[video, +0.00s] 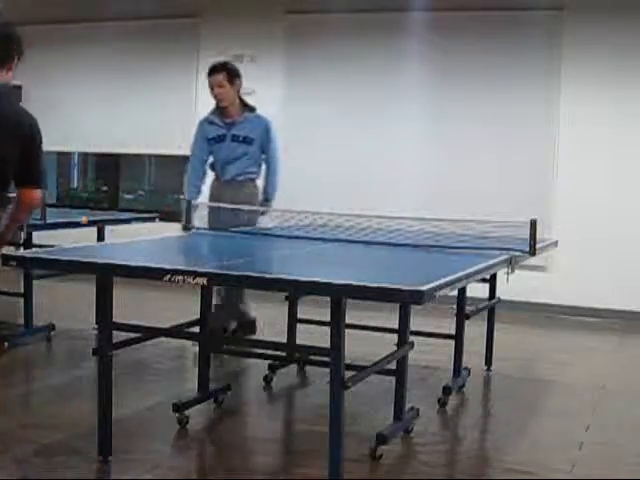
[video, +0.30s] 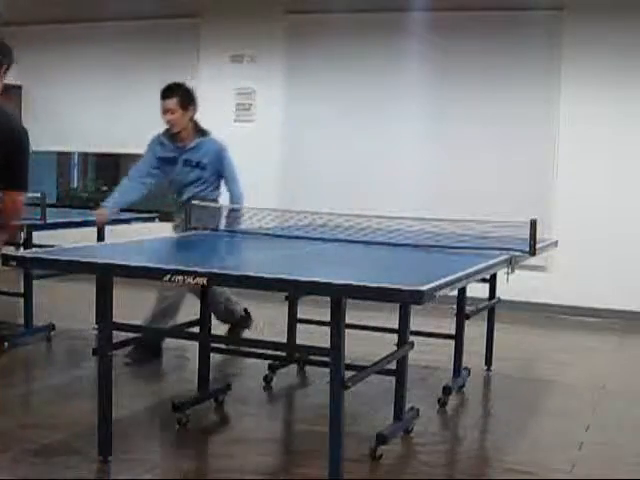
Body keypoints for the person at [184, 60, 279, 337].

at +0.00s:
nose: (217, 93)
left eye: (221, 86)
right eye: (212, 88)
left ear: (237, 85)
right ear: (209, 91)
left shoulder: (260, 125)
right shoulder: (207, 126)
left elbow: (272, 162)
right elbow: (196, 165)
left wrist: (268, 198)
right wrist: (189, 205)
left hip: (248, 189)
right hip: (220, 187)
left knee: (238, 253)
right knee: (220, 253)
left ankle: (222, 318)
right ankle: (242, 314)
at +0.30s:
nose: (167, 117)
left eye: (172, 111)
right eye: (164, 112)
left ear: (190, 111)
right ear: (162, 113)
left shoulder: (213, 149)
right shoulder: (161, 146)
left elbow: (237, 196)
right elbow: (138, 179)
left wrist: (230, 236)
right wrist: (108, 208)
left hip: (207, 223)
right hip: (182, 223)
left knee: (173, 279)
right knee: (196, 279)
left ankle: (150, 341)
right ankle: (237, 316)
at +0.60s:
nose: (126, 160)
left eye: (130, 153)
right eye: (122, 154)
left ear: (149, 145)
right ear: (119, 150)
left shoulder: (185, 161)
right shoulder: (121, 172)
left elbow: (205, 197)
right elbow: (98, 204)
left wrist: (194, 229)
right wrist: (70, 234)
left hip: (187, 228)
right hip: (159, 227)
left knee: (166, 277)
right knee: (184, 278)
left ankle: (150, 341)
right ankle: (220, 308)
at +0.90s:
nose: (125, 139)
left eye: (129, 133)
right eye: (121, 133)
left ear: (146, 125)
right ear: (117, 130)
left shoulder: (179, 149)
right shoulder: (121, 156)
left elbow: (196, 201)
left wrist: (187, 249)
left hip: (180, 216)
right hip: (154, 218)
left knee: (166, 271)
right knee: (165, 267)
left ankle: (152, 338)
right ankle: (201, 290)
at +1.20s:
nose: (162, 102)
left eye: (168, 96)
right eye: (158, 95)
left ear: (183, 98)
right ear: (155, 98)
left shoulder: (197, 135)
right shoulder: (152, 130)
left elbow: (181, 178)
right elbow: (150, 171)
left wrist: (145, 172)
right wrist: (148, 215)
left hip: (189, 207)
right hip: (158, 205)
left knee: (170, 271)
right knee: (161, 268)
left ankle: (153, 337)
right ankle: (194, 312)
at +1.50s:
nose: (208, 90)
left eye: (215, 86)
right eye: (204, 84)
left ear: (223, 90)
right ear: (196, 86)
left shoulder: (234, 125)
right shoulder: (186, 125)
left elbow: (237, 168)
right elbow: (173, 171)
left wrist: (204, 175)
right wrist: (165, 213)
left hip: (221, 202)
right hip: (190, 201)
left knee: (201, 263)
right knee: (193, 263)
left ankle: (176, 326)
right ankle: (200, 325)